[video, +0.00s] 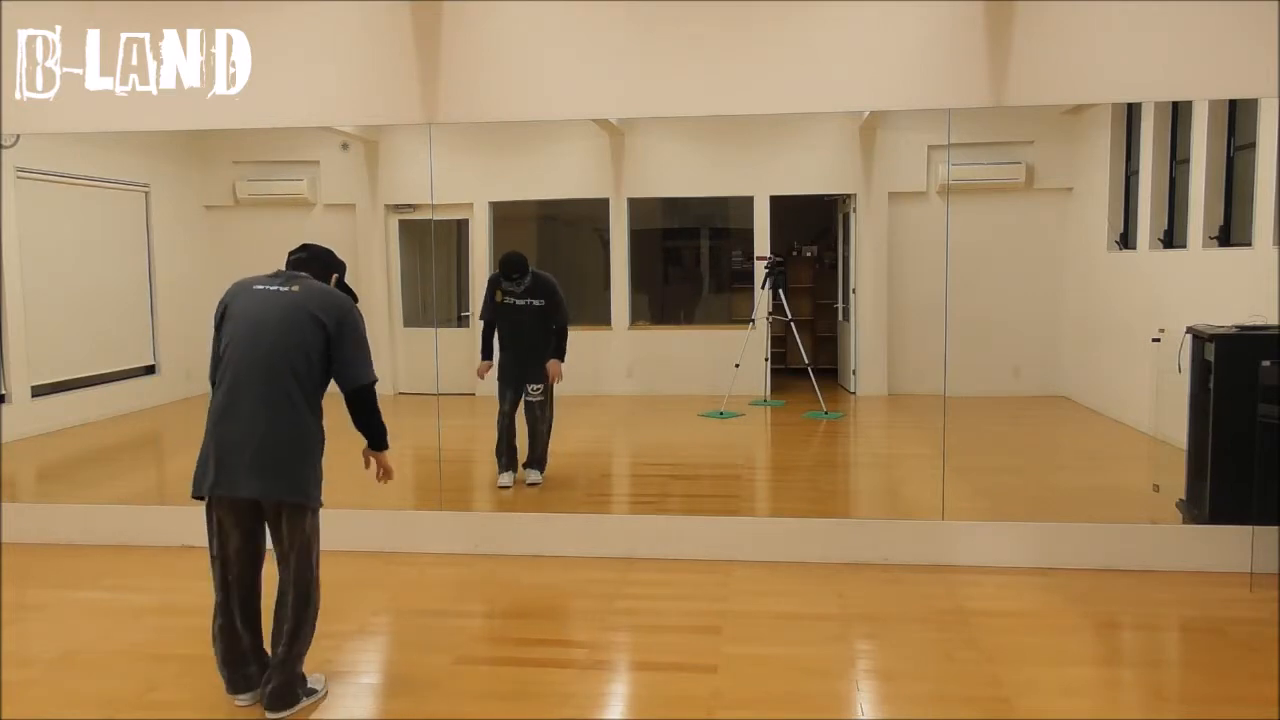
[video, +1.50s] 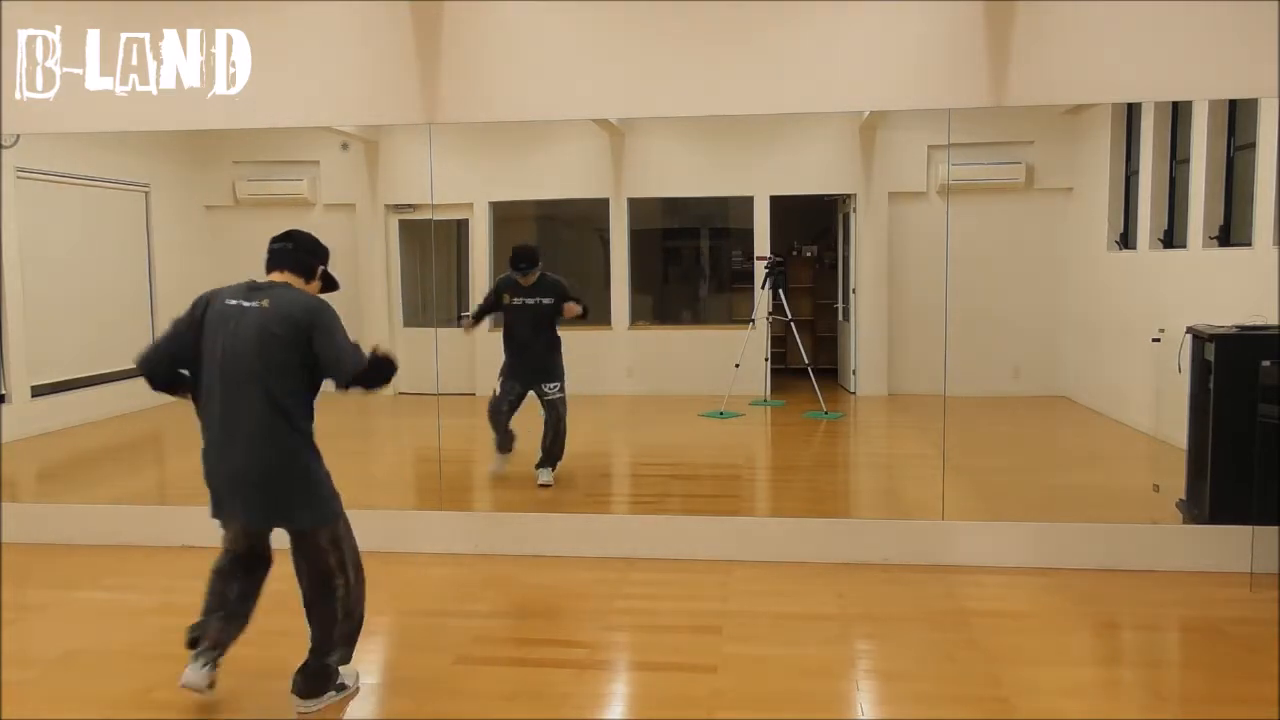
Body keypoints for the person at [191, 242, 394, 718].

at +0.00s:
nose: (340, 294)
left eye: (340, 289)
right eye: (340, 287)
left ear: (288, 269)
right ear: (329, 279)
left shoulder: (237, 292)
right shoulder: (336, 305)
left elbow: (220, 372)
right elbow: (357, 385)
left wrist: (243, 423)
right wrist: (377, 444)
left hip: (225, 452)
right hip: (289, 456)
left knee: (233, 570)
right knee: (298, 573)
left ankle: (242, 677)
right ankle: (283, 688)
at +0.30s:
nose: (343, 288)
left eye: (341, 283)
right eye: (343, 282)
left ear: (289, 275)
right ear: (334, 279)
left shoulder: (244, 305)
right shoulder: (341, 310)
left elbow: (203, 379)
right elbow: (359, 377)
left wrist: (245, 381)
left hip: (246, 470)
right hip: (311, 468)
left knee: (248, 577)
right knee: (346, 557)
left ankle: (248, 676)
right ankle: (308, 625)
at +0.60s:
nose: (366, 268)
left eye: (365, 263)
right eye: (365, 261)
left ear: (309, 259)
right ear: (358, 260)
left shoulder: (271, 306)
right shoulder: (382, 299)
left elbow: (224, 358)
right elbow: (457, 345)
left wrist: (188, 381)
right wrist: (527, 374)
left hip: (302, 469)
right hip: (374, 468)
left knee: (305, 562)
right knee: (388, 581)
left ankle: (304, 660)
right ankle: (418, 709)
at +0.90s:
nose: (379, 265)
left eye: (379, 258)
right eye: (379, 257)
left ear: (322, 251)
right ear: (369, 253)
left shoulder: (275, 297)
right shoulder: (377, 290)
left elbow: (268, 383)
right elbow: (384, 374)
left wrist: (319, 371)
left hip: (284, 470)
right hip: (351, 465)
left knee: (305, 601)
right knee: (396, 561)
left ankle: (324, 711)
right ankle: (369, 668)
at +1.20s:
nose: (363, 286)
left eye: (364, 279)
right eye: (364, 277)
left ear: (314, 260)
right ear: (355, 269)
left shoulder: (268, 293)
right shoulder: (353, 301)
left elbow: (291, 379)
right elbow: (362, 385)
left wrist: (364, 405)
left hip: (261, 476)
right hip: (329, 477)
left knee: (286, 596)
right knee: (336, 585)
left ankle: (316, 706)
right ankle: (326, 676)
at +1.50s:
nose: (319, 292)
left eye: (320, 284)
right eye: (319, 283)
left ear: (270, 268)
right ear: (308, 274)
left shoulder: (213, 301)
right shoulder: (311, 310)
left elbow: (154, 365)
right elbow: (349, 369)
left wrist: (202, 388)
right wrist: (381, 365)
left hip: (225, 464)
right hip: (289, 465)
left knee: (243, 553)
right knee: (334, 564)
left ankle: (205, 654)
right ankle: (321, 678)